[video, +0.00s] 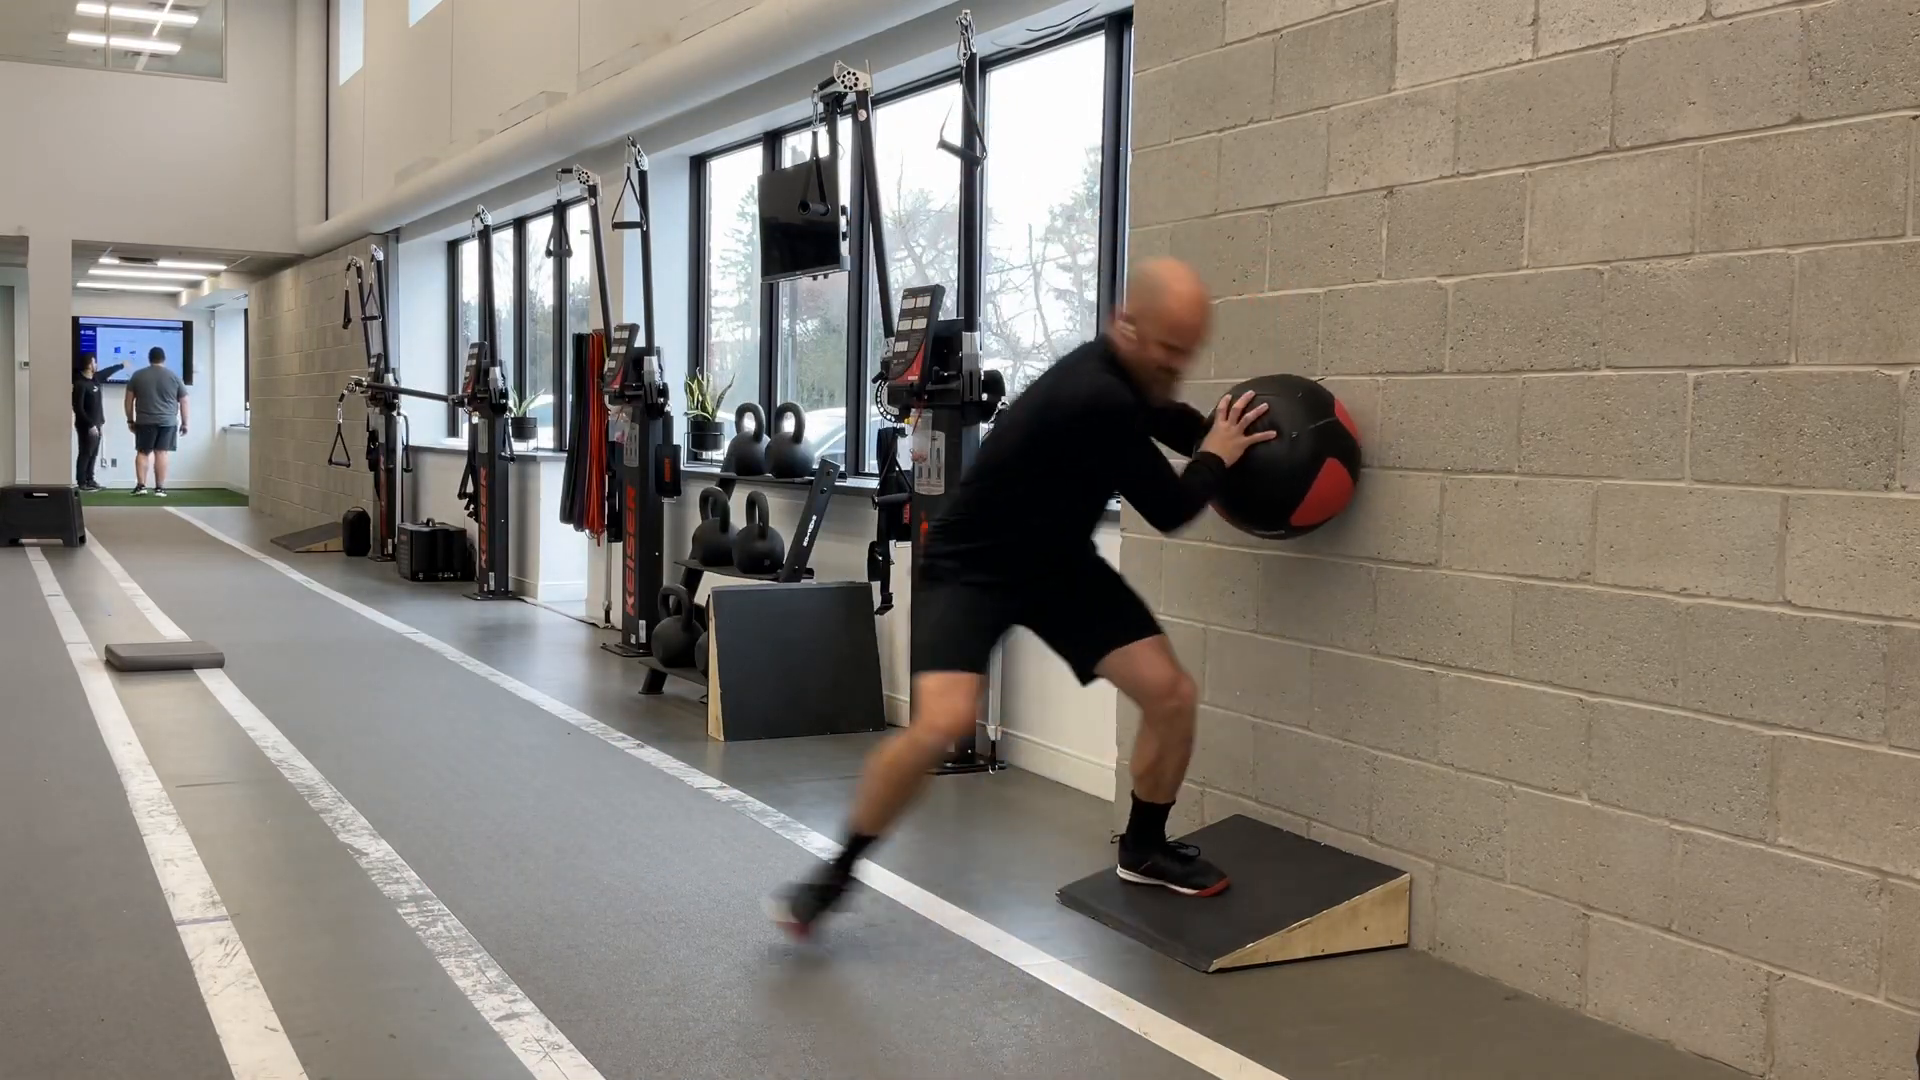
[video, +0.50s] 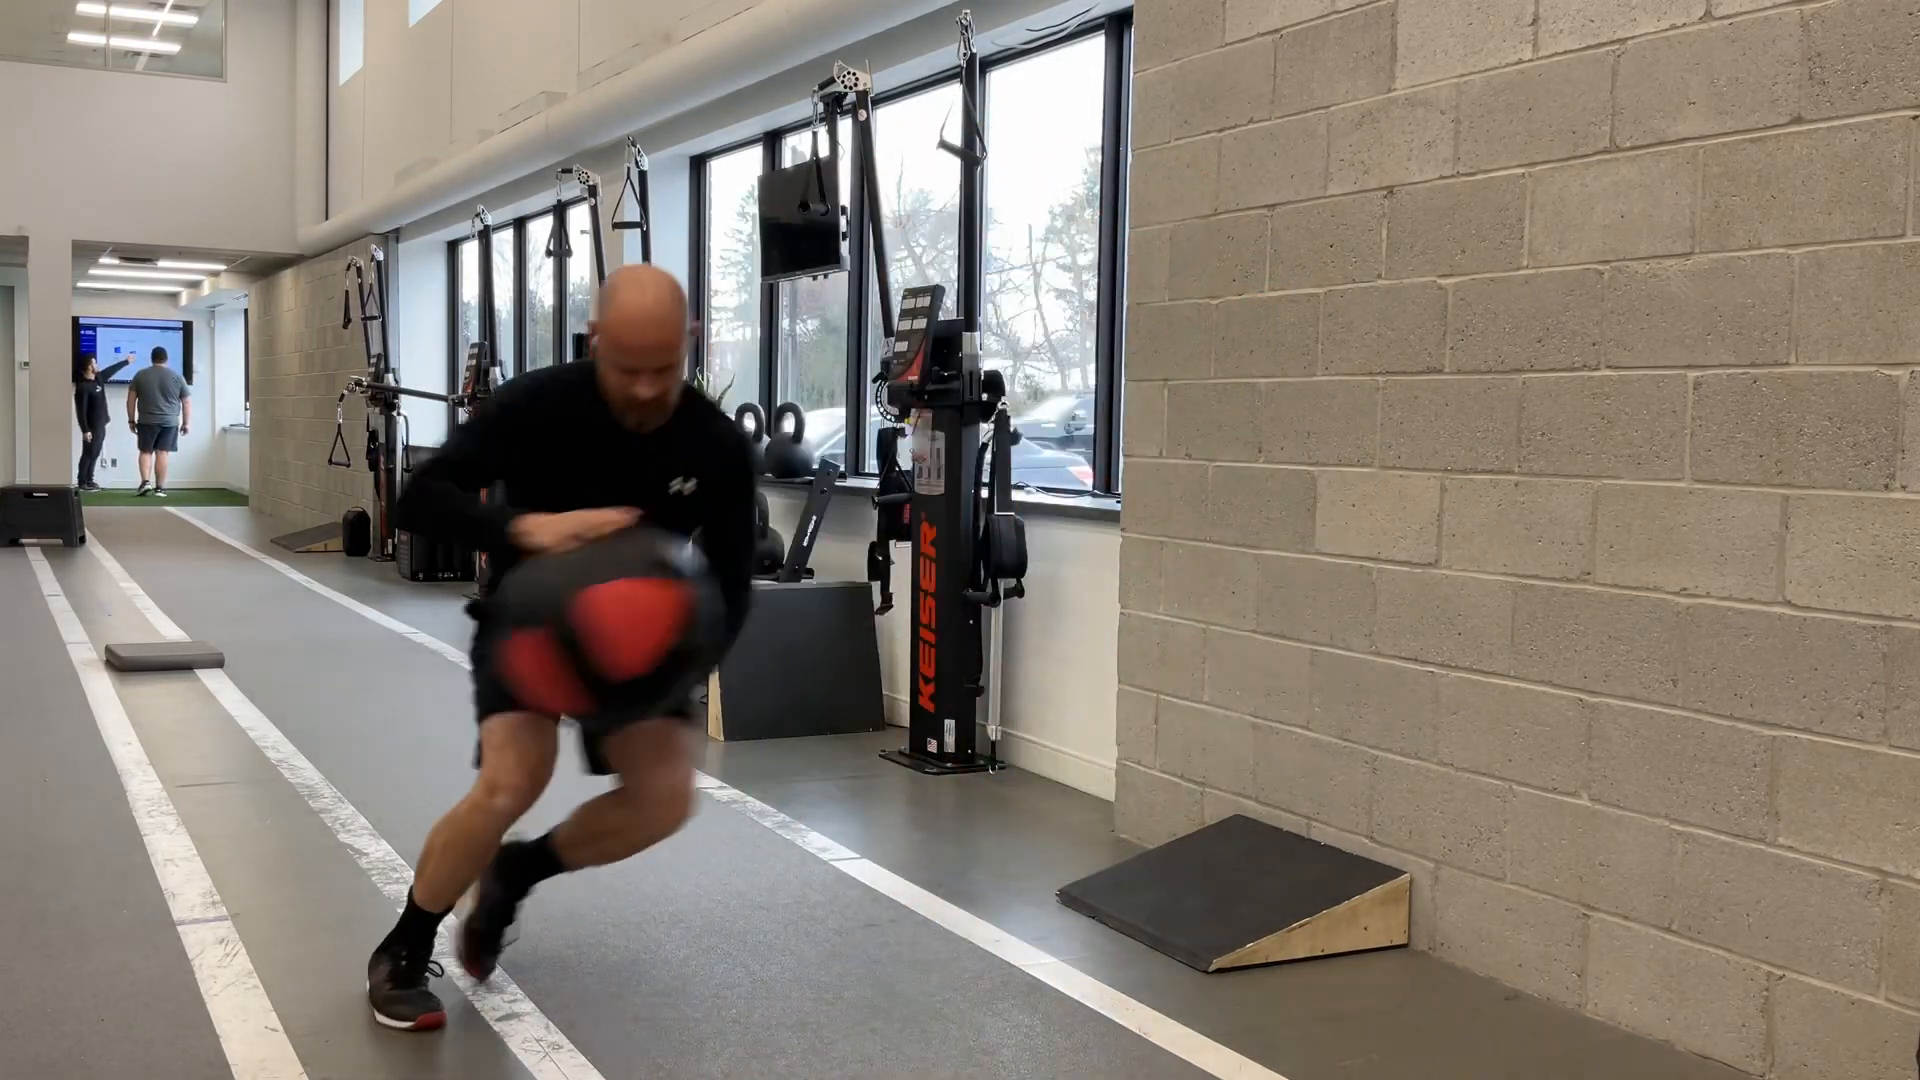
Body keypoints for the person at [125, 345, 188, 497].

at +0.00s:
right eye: (161, 358)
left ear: (149, 359)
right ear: (164, 359)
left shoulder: (138, 375)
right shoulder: (173, 377)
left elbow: (129, 399)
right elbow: (184, 400)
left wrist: (130, 420)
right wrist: (185, 423)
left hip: (145, 422)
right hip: (167, 423)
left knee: (143, 453)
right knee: (162, 452)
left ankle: (141, 485)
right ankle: (160, 487)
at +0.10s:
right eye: (163, 358)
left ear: (151, 359)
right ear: (165, 359)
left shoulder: (140, 375)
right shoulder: (174, 377)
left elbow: (130, 398)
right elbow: (185, 400)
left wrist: (131, 419)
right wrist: (186, 423)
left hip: (145, 422)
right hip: (168, 422)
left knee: (144, 452)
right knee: (163, 453)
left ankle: (142, 485)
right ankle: (160, 487)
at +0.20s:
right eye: (164, 358)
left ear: (151, 359)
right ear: (166, 359)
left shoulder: (140, 375)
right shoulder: (175, 377)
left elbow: (131, 399)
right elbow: (186, 400)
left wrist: (131, 419)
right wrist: (186, 423)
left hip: (146, 422)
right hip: (168, 423)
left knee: (145, 452)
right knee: (163, 453)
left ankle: (143, 484)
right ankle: (160, 487)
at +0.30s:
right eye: (164, 358)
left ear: (151, 359)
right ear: (166, 359)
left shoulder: (141, 375)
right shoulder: (176, 377)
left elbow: (131, 398)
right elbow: (186, 400)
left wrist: (131, 420)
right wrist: (186, 423)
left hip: (147, 422)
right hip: (169, 423)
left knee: (145, 452)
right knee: (163, 453)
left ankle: (144, 483)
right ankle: (160, 487)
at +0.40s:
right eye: (164, 358)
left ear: (151, 359)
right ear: (166, 359)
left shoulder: (141, 375)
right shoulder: (176, 376)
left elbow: (131, 398)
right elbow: (186, 400)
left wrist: (131, 420)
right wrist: (186, 422)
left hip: (147, 422)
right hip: (169, 423)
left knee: (146, 452)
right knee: (163, 452)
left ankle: (145, 482)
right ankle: (160, 487)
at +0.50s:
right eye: (164, 358)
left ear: (151, 359)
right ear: (166, 359)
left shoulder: (141, 375)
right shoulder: (176, 376)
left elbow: (131, 398)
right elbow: (186, 401)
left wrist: (131, 420)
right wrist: (186, 423)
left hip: (147, 422)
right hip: (169, 423)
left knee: (145, 452)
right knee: (163, 452)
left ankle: (145, 482)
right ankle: (160, 487)